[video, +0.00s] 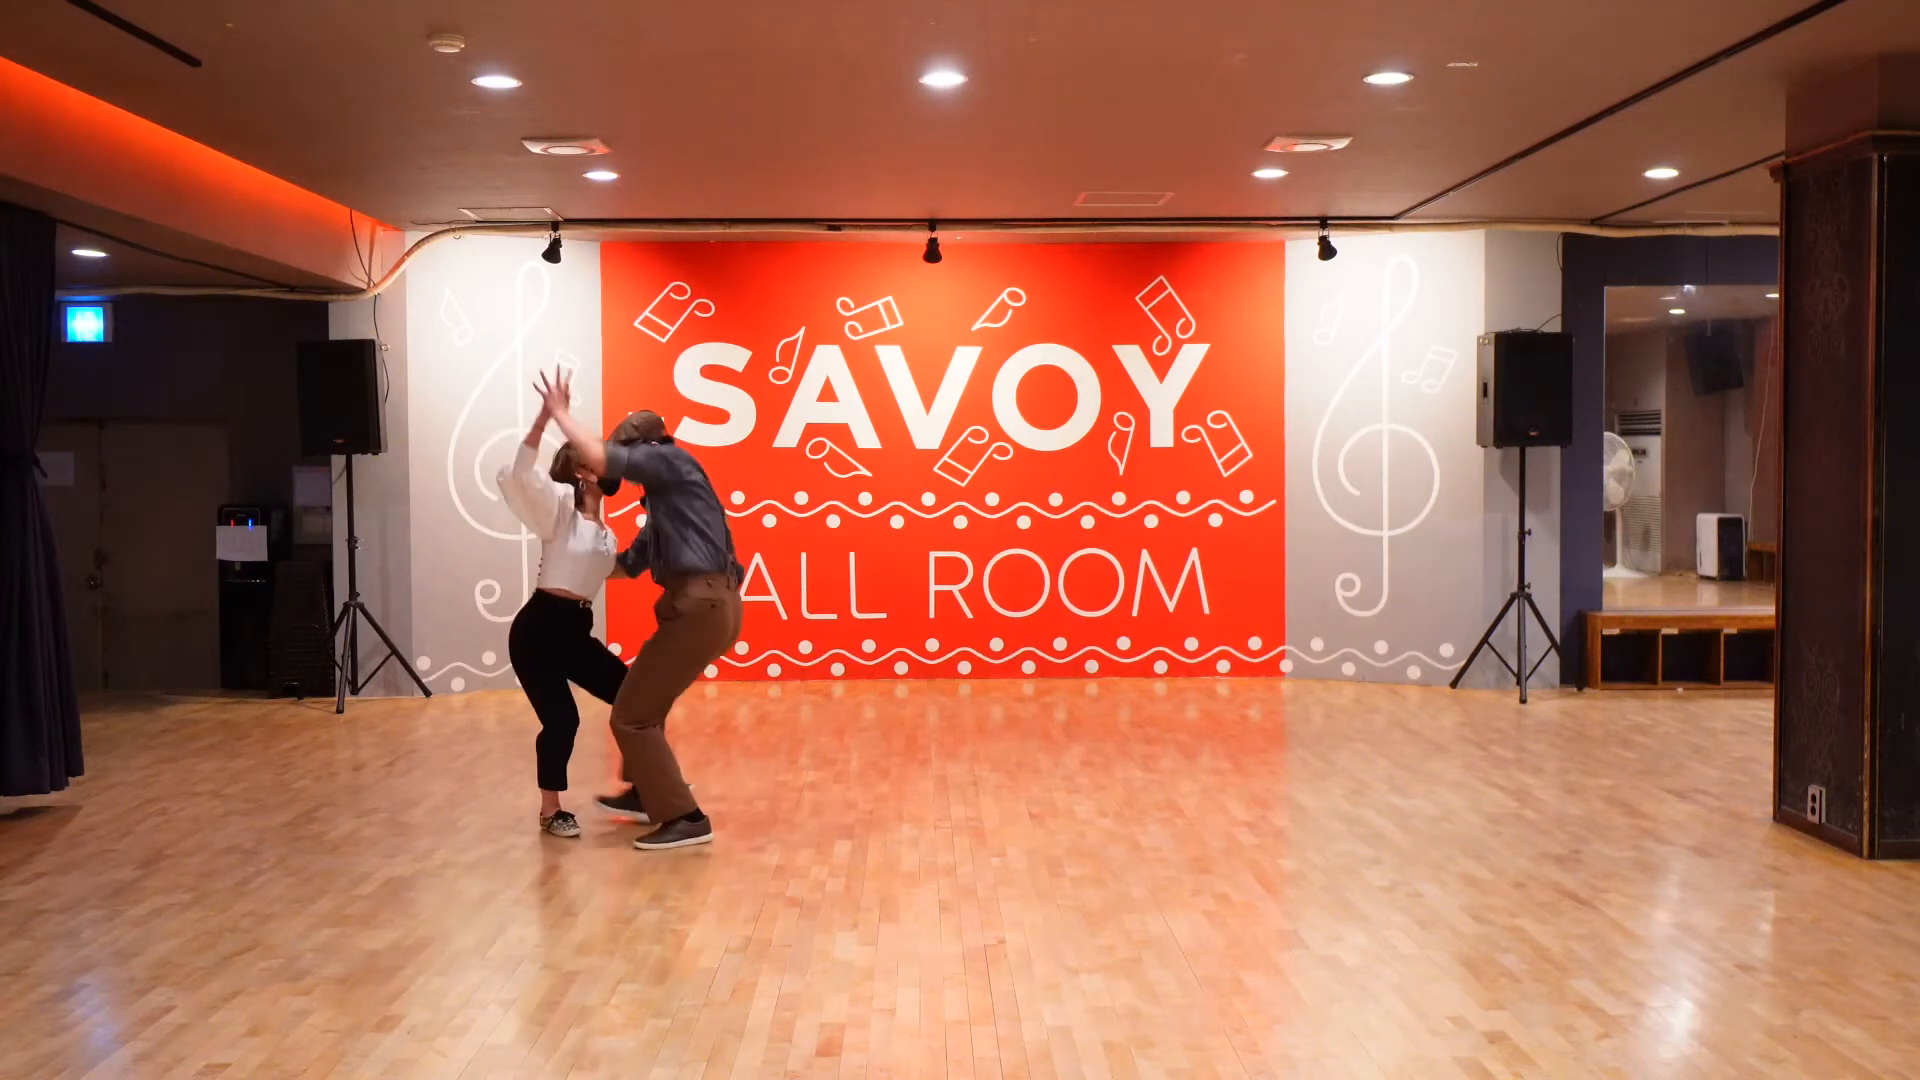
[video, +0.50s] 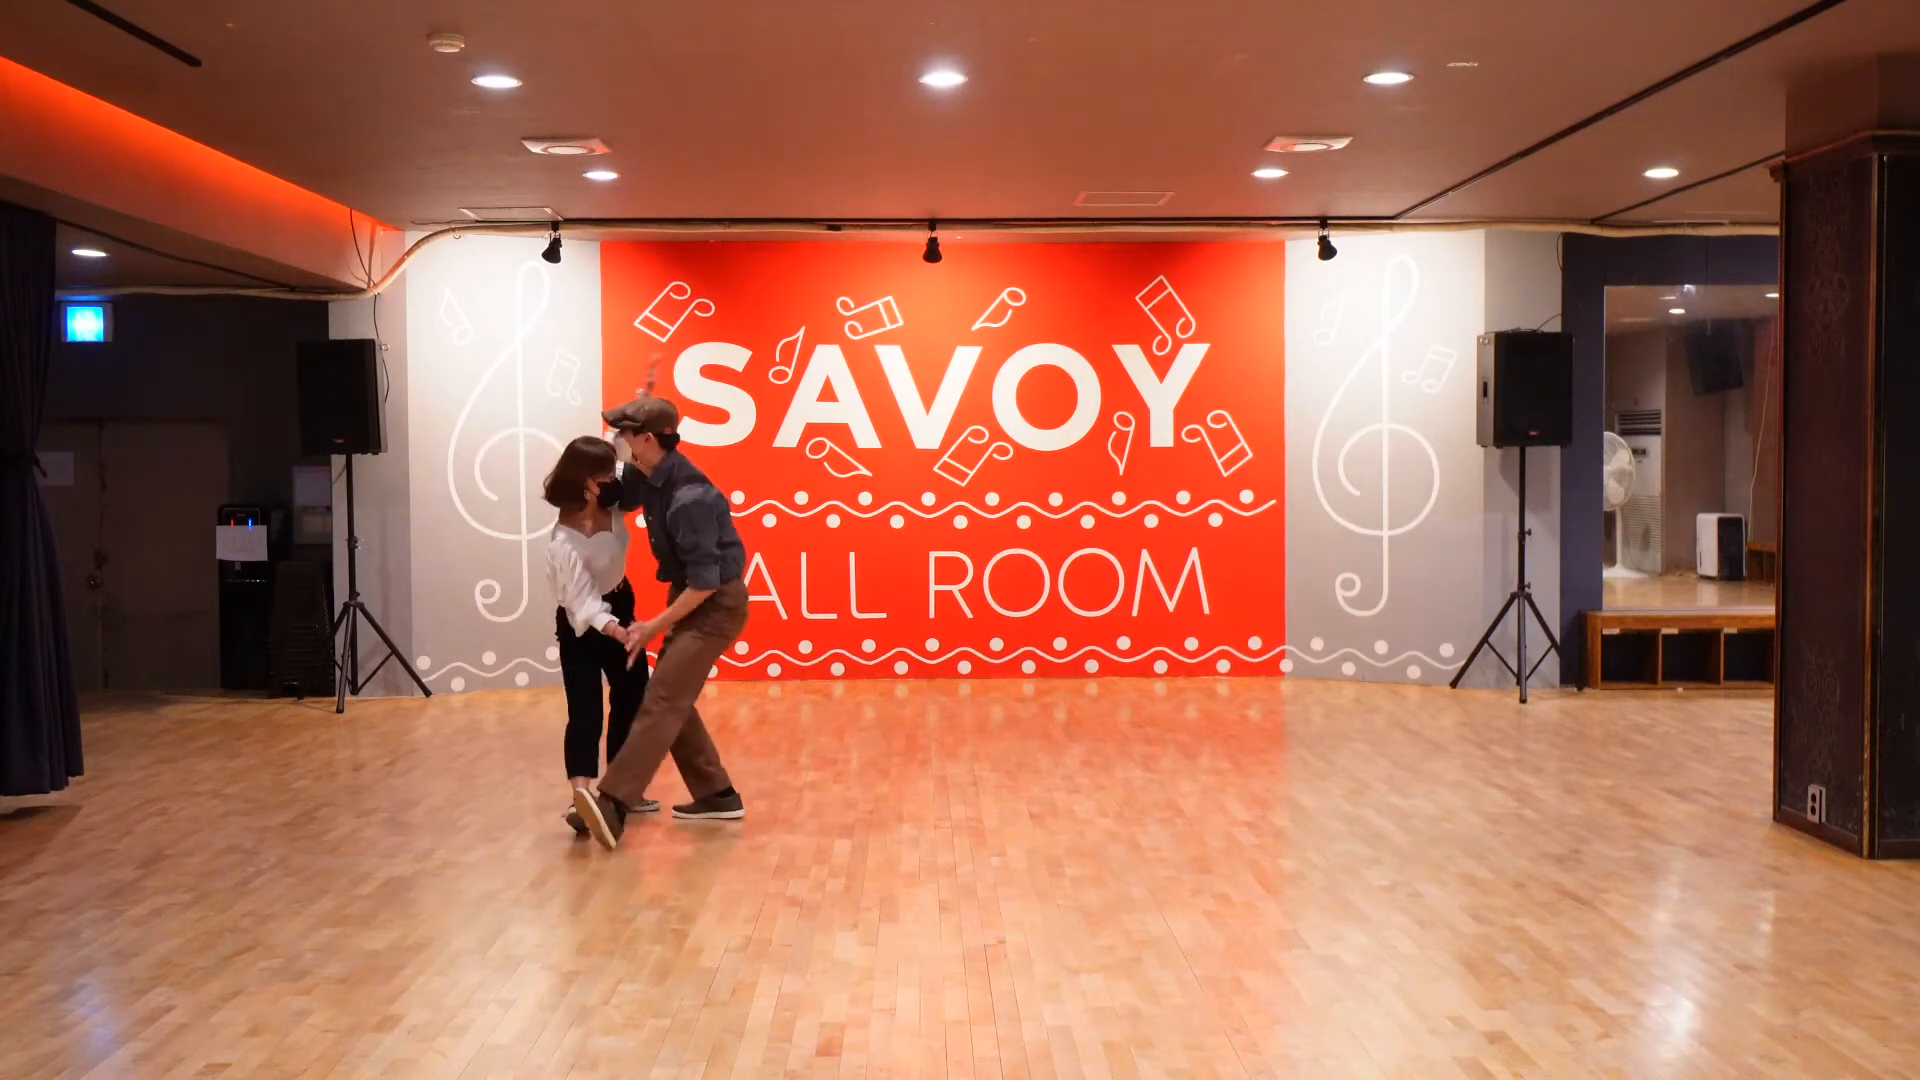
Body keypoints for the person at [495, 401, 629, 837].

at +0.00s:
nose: (599, 469)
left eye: (598, 464)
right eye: (590, 465)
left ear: (598, 478)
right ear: (577, 476)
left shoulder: (605, 535)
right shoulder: (559, 507)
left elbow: (626, 569)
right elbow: (520, 478)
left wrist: (655, 537)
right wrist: (542, 419)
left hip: (575, 632)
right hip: (537, 627)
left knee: (635, 693)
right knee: (561, 719)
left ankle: (637, 783)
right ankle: (550, 810)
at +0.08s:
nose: (600, 473)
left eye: (602, 468)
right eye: (591, 468)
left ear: (608, 483)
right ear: (571, 482)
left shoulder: (610, 533)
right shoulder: (559, 515)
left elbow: (607, 600)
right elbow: (517, 506)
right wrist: (554, 466)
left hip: (581, 635)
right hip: (543, 632)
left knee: (639, 692)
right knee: (565, 722)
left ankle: (622, 780)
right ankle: (552, 810)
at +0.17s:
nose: (604, 480)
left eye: (604, 473)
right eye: (595, 473)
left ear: (605, 480)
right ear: (571, 480)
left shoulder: (613, 528)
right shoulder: (553, 517)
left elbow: (640, 579)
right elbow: (516, 545)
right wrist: (558, 524)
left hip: (589, 639)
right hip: (550, 637)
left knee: (637, 703)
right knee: (572, 721)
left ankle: (615, 791)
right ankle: (554, 809)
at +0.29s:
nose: (611, 474)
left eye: (609, 467)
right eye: (602, 469)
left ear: (593, 478)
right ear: (581, 480)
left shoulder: (618, 513)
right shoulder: (554, 540)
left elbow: (652, 508)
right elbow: (550, 606)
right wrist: (581, 593)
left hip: (600, 627)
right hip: (560, 636)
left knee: (640, 695)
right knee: (579, 704)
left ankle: (616, 790)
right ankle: (562, 799)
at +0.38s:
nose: (614, 476)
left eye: (613, 468)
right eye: (606, 472)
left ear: (593, 476)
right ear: (582, 480)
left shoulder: (617, 501)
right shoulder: (563, 539)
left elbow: (647, 471)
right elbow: (568, 598)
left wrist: (688, 430)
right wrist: (595, 615)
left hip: (608, 607)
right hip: (568, 620)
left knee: (635, 692)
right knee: (577, 697)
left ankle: (614, 790)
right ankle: (572, 798)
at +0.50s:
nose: (609, 483)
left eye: (608, 476)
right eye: (603, 476)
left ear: (601, 481)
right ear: (586, 484)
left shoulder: (609, 501)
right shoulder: (563, 544)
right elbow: (582, 602)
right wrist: (616, 628)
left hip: (619, 604)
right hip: (579, 618)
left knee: (631, 697)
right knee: (586, 706)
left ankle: (621, 788)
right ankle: (583, 799)